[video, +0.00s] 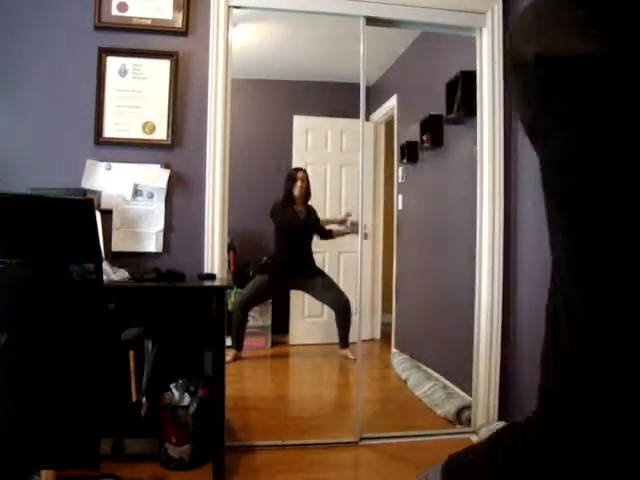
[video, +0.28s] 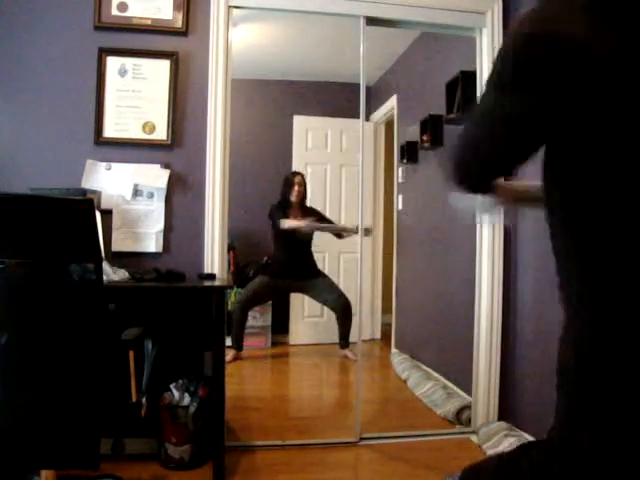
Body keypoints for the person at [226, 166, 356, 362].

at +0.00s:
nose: (300, 184)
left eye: (303, 180)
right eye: (296, 180)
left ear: (308, 185)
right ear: (289, 184)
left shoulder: (309, 212)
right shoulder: (279, 208)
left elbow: (324, 234)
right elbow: (297, 224)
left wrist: (348, 231)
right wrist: (334, 221)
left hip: (307, 272)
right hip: (278, 272)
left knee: (342, 303)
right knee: (240, 304)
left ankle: (344, 347)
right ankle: (236, 350)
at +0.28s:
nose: (297, 189)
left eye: (301, 185)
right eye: (294, 185)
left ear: (305, 189)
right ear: (287, 188)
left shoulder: (311, 213)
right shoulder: (277, 210)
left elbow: (336, 232)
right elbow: (280, 224)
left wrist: (351, 230)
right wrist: (305, 224)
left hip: (307, 274)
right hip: (277, 274)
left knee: (343, 305)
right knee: (241, 303)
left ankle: (344, 347)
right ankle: (236, 350)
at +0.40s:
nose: (298, 189)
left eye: (302, 185)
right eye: (295, 184)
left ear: (307, 189)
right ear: (288, 188)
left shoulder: (314, 211)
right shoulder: (278, 211)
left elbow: (332, 229)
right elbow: (256, 229)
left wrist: (326, 222)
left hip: (308, 273)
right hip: (278, 273)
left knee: (344, 304)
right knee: (241, 303)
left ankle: (345, 348)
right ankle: (236, 350)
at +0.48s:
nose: (297, 190)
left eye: (301, 186)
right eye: (294, 187)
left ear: (307, 192)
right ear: (289, 191)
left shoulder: (316, 209)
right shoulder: (284, 208)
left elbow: (314, 224)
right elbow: (264, 216)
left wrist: (298, 222)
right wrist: (242, 223)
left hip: (310, 273)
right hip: (280, 272)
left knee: (345, 302)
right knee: (245, 302)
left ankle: (345, 347)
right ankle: (236, 349)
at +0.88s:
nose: (303, 190)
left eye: (307, 186)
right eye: (300, 186)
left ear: (311, 190)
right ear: (294, 190)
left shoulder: (318, 213)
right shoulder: (284, 210)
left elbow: (332, 229)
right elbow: (263, 219)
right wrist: (248, 223)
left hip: (308, 274)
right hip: (279, 273)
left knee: (344, 303)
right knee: (243, 303)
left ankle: (344, 348)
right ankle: (236, 349)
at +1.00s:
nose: (298, 184)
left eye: (302, 181)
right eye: (295, 181)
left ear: (309, 186)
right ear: (289, 186)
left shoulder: (317, 213)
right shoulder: (284, 208)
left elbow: (346, 230)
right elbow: (260, 218)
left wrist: (339, 224)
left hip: (307, 273)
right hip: (278, 272)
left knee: (342, 303)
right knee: (243, 303)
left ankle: (345, 348)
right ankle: (236, 349)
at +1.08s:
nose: (297, 182)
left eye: (301, 179)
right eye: (294, 179)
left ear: (307, 184)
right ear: (288, 184)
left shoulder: (314, 211)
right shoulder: (280, 207)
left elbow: (340, 231)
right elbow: (283, 217)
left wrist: (351, 229)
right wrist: (308, 218)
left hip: (305, 271)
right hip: (277, 271)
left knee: (341, 303)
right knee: (242, 303)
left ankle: (345, 348)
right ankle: (236, 349)